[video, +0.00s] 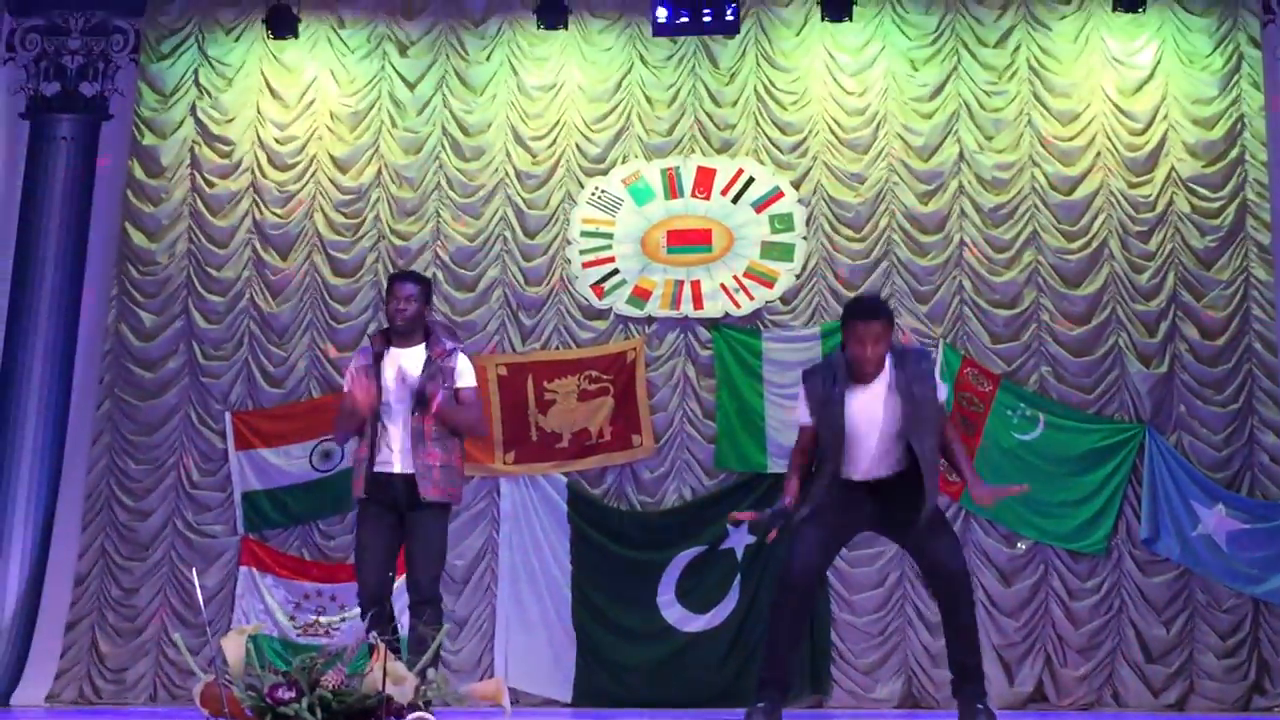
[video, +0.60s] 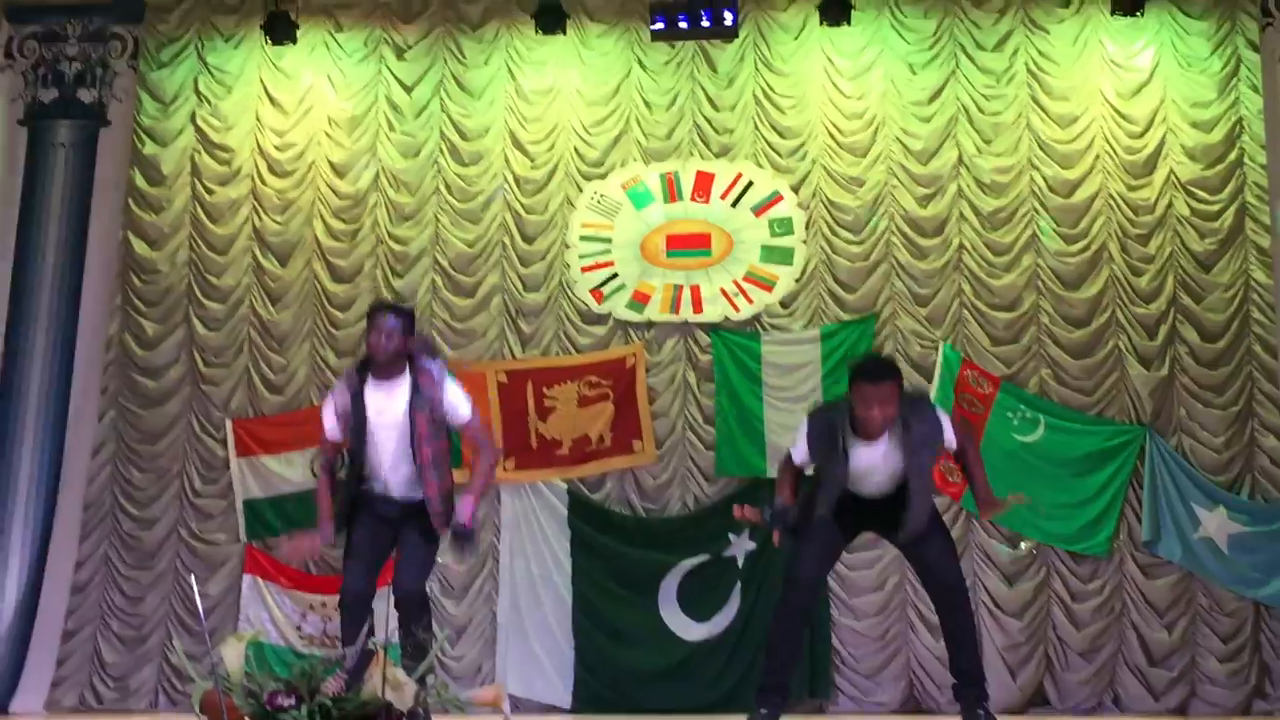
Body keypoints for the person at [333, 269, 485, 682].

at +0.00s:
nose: (401, 308)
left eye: (410, 301)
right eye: (394, 300)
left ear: (426, 307)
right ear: (385, 305)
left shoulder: (451, 359)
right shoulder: (365, 358)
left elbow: (476, 423)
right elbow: (342, 432)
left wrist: (438, 403)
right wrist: (357, 409)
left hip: (428, 490)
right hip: (377, 489)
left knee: (423, 589)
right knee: (371, 591)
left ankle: (421, 685)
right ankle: (387, 682)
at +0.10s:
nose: (393, 326)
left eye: (403, 318)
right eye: (386, 318)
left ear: (420, 326)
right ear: (378, 324)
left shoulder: (447, 378)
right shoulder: (361, 380)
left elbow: (465, 451)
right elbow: (349, 452)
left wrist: (433, 495)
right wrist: (353, 493)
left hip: (428, 503)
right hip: (379, 501)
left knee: (419, 593)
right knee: (364, 588)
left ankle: (418, 682)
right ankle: (369, 678)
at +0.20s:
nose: (385, 357)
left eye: (395, 349)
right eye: (378, 349)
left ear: (412, 358)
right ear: (369, 357)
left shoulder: (439, 407)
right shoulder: (352, 412)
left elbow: (464, 479)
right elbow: (330, 483)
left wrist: (474, 540)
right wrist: (307, 542)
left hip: (429, 513)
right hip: (377, 512)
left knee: (417, 593)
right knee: (358, 588)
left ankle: (414, 684)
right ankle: (350, 679)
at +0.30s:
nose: (381, 348)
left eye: (390, 340)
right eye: (374, 340)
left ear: (408, 347)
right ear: (365, 347)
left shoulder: (438, 394)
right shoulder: (347, 401)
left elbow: (488, 450)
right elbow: (297, 456)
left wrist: (530, 496)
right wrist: (247, 498)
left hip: (426, 512)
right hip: (374, 509)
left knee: (411, 592)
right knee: (354, 588)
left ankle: (411, 682)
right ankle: (347, 673)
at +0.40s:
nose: (381, 320)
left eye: (391, 312)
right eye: (375, 312)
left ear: (409, 317)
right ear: (367, 317)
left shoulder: (440, 359)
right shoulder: (347, 364)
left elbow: (507, 373)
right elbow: (285, 392)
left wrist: (538, 401)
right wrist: (227, 405)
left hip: (423, 500)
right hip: (370, 495)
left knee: (411, 588)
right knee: (355, 586)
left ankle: (412, 687)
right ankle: (343, 684)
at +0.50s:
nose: (382, 316)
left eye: (391, 308)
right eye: (375, 307)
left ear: (408, 312)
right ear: (366, 310)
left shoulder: (436, 350)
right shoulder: (348, 353)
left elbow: (508, 373)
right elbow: (298, 388)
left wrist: (502, 407)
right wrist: (277, 414)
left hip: (420, 491)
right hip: (368, 489)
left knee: (410, 583)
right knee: (355, 586)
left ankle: (413, 685)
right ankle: (346, 686)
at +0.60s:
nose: (380, 341)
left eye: (390, 334)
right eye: (375, 332)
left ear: (408, 341)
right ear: (365, 337)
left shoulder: (434, 384)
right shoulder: (348, 390)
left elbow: (486, 449)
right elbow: (327, 462)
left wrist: (468, 507)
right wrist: (323, 525)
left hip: (422, 510)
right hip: (371, 506)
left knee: (408, 591)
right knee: (352, 594)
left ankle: (416, 685)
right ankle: (354, 678)